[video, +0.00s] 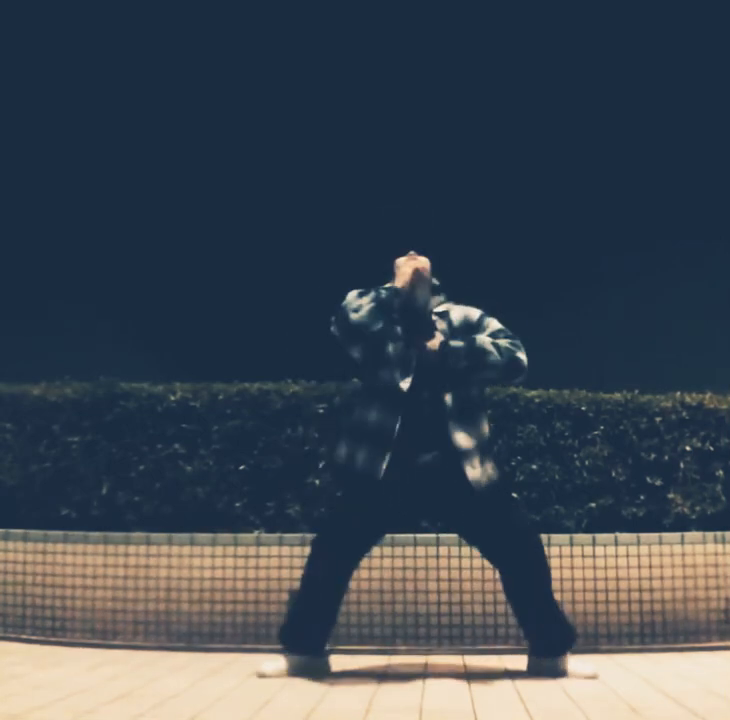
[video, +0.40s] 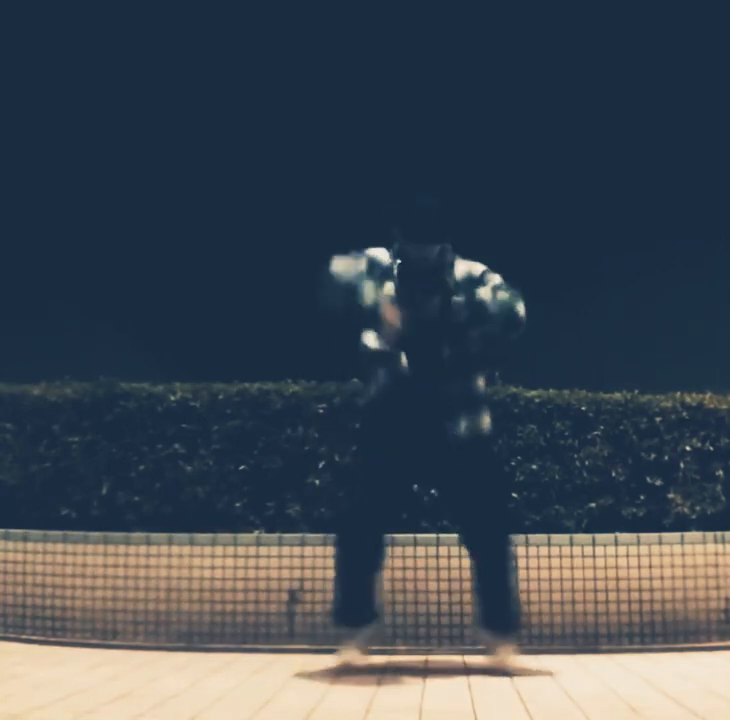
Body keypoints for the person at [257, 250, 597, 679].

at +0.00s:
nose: (413, 275)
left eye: (421, 270)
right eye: (405, 269)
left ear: (434, 282)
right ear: (391, 279)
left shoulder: (464, 318)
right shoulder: (370, 310)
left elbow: (514, 358)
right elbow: (348, 323)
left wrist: (447, 350)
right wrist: (396, 289)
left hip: (458, 476)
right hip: (378, 476)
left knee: (519, 546)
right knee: (333, 551)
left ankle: (548, 651)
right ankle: (304, 651)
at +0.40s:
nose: (422, 260)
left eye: (433, 250)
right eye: (413, 249)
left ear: (447, 245)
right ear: (399, 243)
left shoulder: (468, 275)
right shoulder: (379, 270)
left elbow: (510, 309)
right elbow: (334, 275)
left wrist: (438, 321)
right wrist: (377, 305)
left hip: (462, 430)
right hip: (389, 429)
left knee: (488, 527)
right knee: (359, 523)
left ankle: (501, 638)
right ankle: (355, 635)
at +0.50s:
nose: (424, 267)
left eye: (433, 258)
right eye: (416, 258)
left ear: (448, 257)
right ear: (401, 254)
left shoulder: (469, 305)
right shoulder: (370, 292)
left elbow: (476, 375)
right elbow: (356, 350)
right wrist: (382, 384)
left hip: (453, 446)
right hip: (391, 445)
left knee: (457, 544)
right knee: (386, 542)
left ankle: (467, 646)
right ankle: (377, 647)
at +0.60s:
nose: (423, 264)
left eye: (433, 255)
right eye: (415, 255)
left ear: (448, 255)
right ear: (401, 252)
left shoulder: (470, 307)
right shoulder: (371, 294)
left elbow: (480, 376)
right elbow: (359, 364)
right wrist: (378, 410)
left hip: (456, 447)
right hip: (388, 445)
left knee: (470, 539)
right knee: (375, 539)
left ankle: (471, 644)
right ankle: (373, 645)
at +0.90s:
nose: (416, 254)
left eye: (424, 244)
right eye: (409, 244)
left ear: (441, 249)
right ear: (397, 250)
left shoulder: (470, 300)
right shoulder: (373, 298)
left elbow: (482, 361)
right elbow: (355, 365)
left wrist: (443, 331)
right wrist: (380, 404)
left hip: (454, 444)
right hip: (389, 446)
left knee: (460, 542)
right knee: (379, 543)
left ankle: (473, 644)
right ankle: (370, 645)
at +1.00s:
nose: (409, 251)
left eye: (419, 240)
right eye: (401, 240)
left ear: (437, 242)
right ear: (389, 242)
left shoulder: (458, 292)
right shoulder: (379, 292)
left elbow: (489, 328)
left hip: (448, 427)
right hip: (390, 427)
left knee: (453, 536)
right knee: (383, 536)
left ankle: (471, 643)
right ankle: (371, 642)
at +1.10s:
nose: (427, 245)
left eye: (436, 236)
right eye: (417, 235)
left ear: (450, 239)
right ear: (399, 240)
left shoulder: (466, 278)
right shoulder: (383, 279)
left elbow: (497, 250)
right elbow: (365, 227)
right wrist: (390, 195)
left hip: (449, 415)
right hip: (390, 413)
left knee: (451, 528)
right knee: (382, 529)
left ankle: (472, 643)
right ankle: (372, 642)